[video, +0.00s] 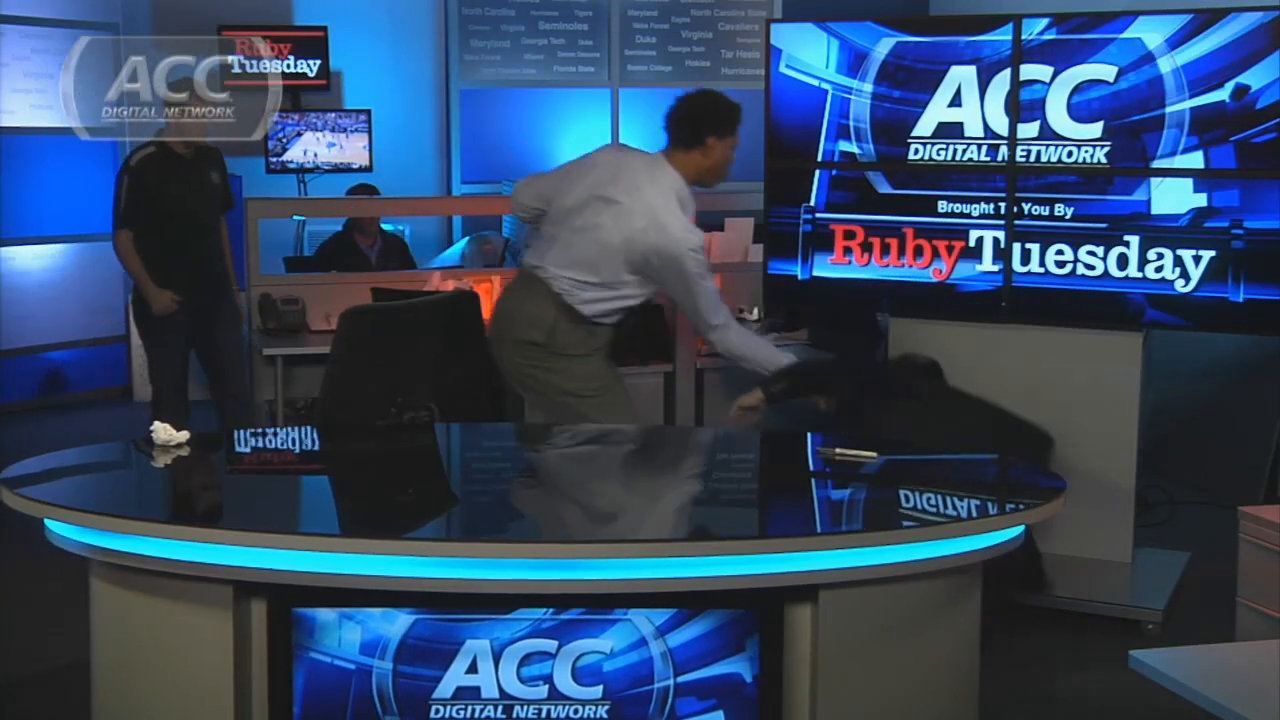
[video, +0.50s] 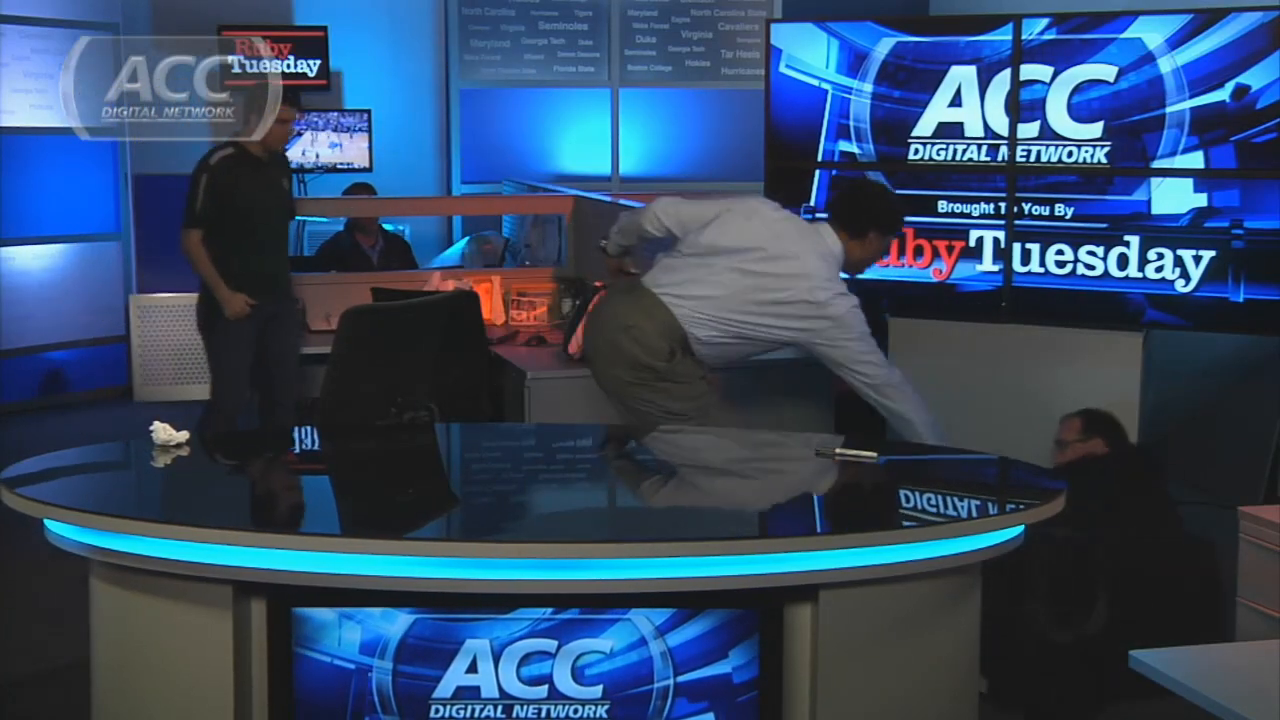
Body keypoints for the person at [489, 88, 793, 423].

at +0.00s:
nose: (732, 158)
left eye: (733, 147)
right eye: (731, 146)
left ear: (677, 132)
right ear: (710, 143)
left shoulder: (611, 159)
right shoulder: (672, 232)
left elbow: (523, 198)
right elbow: (719, 330)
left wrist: (576, 230)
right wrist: (795, 369)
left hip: (517, 315)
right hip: (553, 338)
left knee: (546, 451)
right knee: (621, 451)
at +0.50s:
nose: (883, 253)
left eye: (888, 243)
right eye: (885, 242)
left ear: (836, 215)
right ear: (865, 236)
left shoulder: (759, 210)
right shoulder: (827, 299)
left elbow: (659, 214)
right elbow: (884, 386)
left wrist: (615, 247)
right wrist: (937, 453)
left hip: (612, 313)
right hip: (649, 349)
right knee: (721, 465)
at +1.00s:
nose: (934, 279)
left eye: (939, 270)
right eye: (937, 267)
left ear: (893, 238)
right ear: (919, 252)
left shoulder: (825, 233)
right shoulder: (885, 279)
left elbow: (718, 243)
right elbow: (929, 370)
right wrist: (973, 458)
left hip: (685, 304)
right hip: (713, 316)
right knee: (764, 446)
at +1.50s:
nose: (940, 270)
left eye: (943, 261)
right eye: (942, 260)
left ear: (899, 234)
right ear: (927, 250)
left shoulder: (842, 244)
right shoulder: (905, 276)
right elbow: (950, 381)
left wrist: (808, 390)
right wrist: (973, 462)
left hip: (715, 329)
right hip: (744, 337)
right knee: (814, 458)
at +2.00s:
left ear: (815, 213)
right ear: (862, 223)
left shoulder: (769, 231)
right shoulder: (861, 237)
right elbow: (948, 315)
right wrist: (955, 411)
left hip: (686, 332)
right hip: (757, 333)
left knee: (717, 462)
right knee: (802, 465)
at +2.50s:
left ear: (715, 178)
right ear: (773, 168)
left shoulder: (682, 215)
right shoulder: (801, 194)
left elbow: (630, 333)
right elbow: (904, 236)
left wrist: (678, 370)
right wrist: (867, 331)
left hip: (681, 341)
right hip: (759, 337)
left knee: (687, 468)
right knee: (793, 469)